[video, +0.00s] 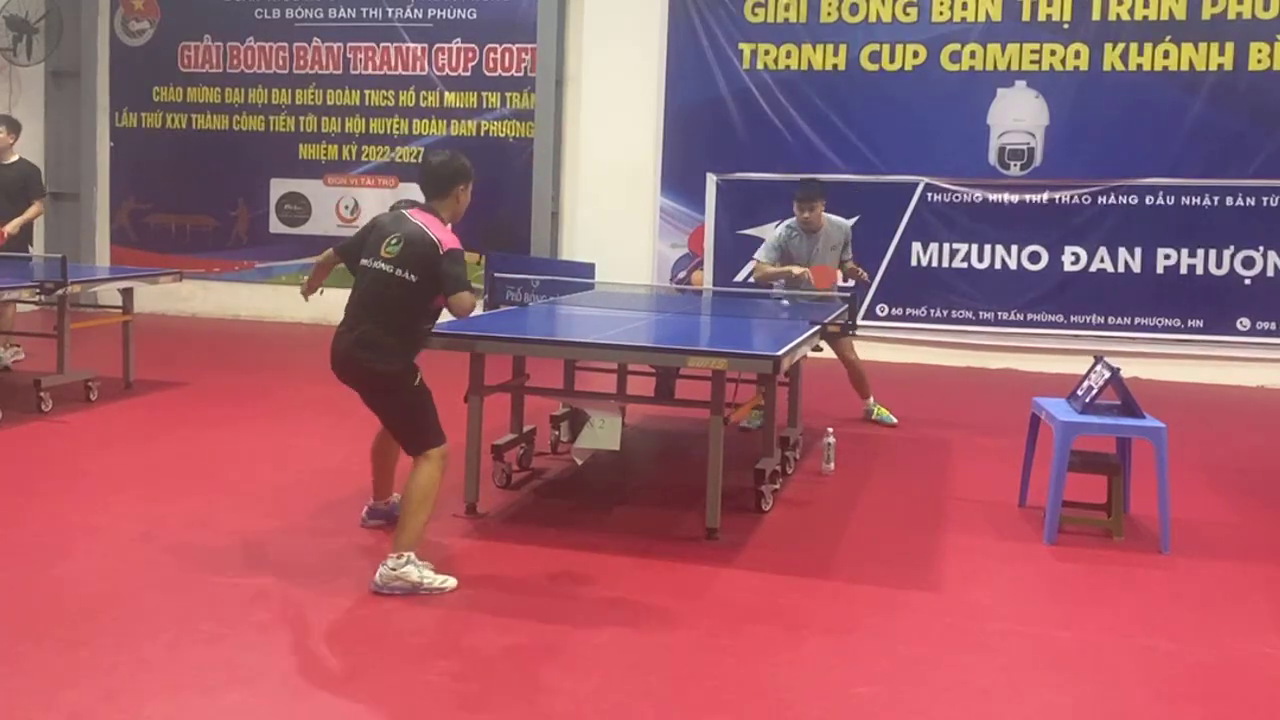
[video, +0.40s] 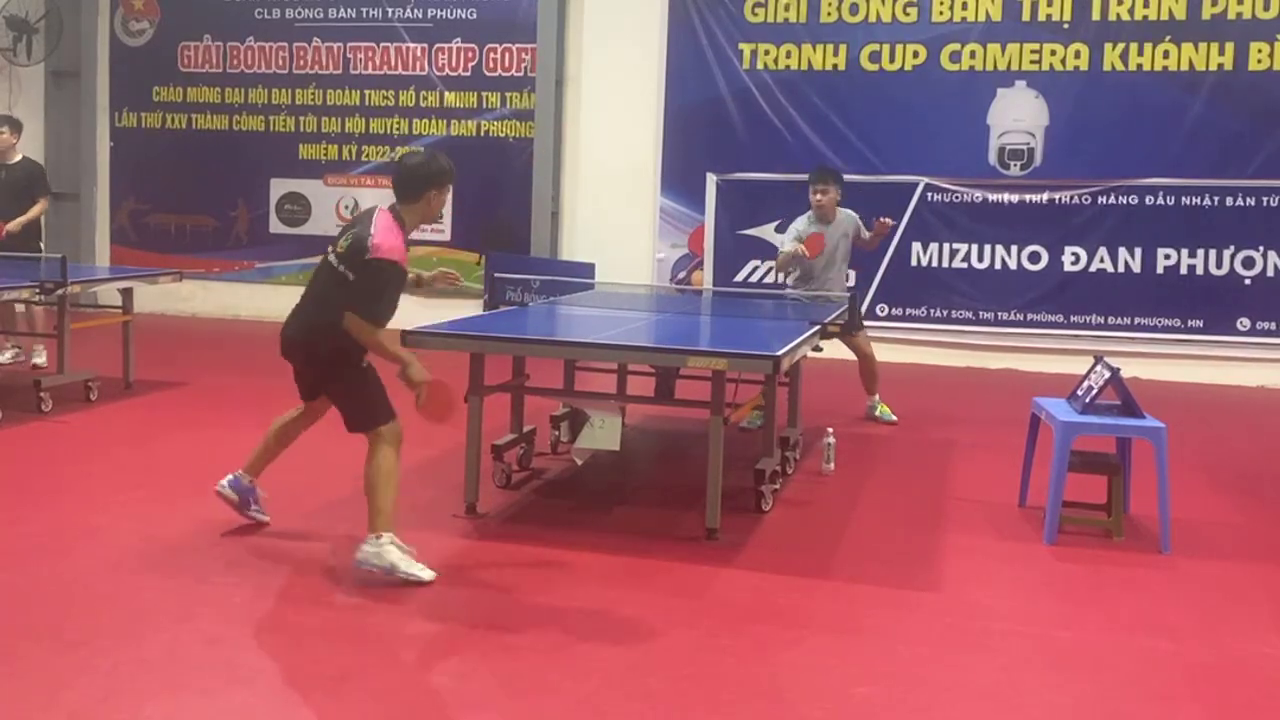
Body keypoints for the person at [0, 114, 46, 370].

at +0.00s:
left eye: (1, 134)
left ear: (12, 137)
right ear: (6, 137)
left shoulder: (28, 170)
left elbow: (39, 205)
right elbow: (38, 205)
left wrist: (16, 222)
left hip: (14, 248)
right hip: (3, 247)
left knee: (7, 300)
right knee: (5, 300)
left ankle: (5, 346)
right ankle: (10, 344)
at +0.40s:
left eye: (2, 134)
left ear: (14, 137)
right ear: (5, 137)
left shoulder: (32, 168)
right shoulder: (3, 167)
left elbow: (43, 202)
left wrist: (20, 221)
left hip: (26, 248)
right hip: (4, 248)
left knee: (31, 300)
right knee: (5, 300)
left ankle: (38, 347)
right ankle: (11, 345)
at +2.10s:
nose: (9, 143)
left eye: (15, 139)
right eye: (6, 139)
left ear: (28, 142)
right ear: (2, 142)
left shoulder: (43, 174)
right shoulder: (2, 169)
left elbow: (57, 207)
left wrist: (49, 231)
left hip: (32, 253)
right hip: (4, 253)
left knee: (42, 298)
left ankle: (52, 345)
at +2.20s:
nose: (3, 148)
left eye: (9, 144)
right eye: (0, 143)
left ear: (21, 147)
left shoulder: (31, 177)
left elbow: (42, 206)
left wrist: (44, 231)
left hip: (22, 254)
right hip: (1, 254)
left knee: (35, 298)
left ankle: (51, 345)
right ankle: (51, 344)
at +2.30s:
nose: (2, 155)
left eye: (7, 151)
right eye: (0, 150)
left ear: (15, 155)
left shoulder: (18, 179)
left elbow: (25, 208)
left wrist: (32, 232)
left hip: (9, 252)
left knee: (25, 298)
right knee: (23, 299)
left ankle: (44, 346)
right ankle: (44, 346)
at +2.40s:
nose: (3, 165)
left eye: (6, 160)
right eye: (1, 160)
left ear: (12, 161)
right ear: (0, 160)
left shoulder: (12, 181)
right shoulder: (9, 181)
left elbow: (16, 208)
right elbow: (17, 208)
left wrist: (24, 233)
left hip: (3, 249)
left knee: (12, 294)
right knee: (11, 295)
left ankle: (25, 343)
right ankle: (24, 344)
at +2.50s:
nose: (4, 177)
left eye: (7, 172)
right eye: (2, 172)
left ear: (11, 171)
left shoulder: (10, 186)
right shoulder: (8, 187)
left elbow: (19, 208)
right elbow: (19, 208)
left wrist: (24, 232)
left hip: (2, 253)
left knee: (5, 295)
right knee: (4, 297)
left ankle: (4, 340)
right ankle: (4, 340)